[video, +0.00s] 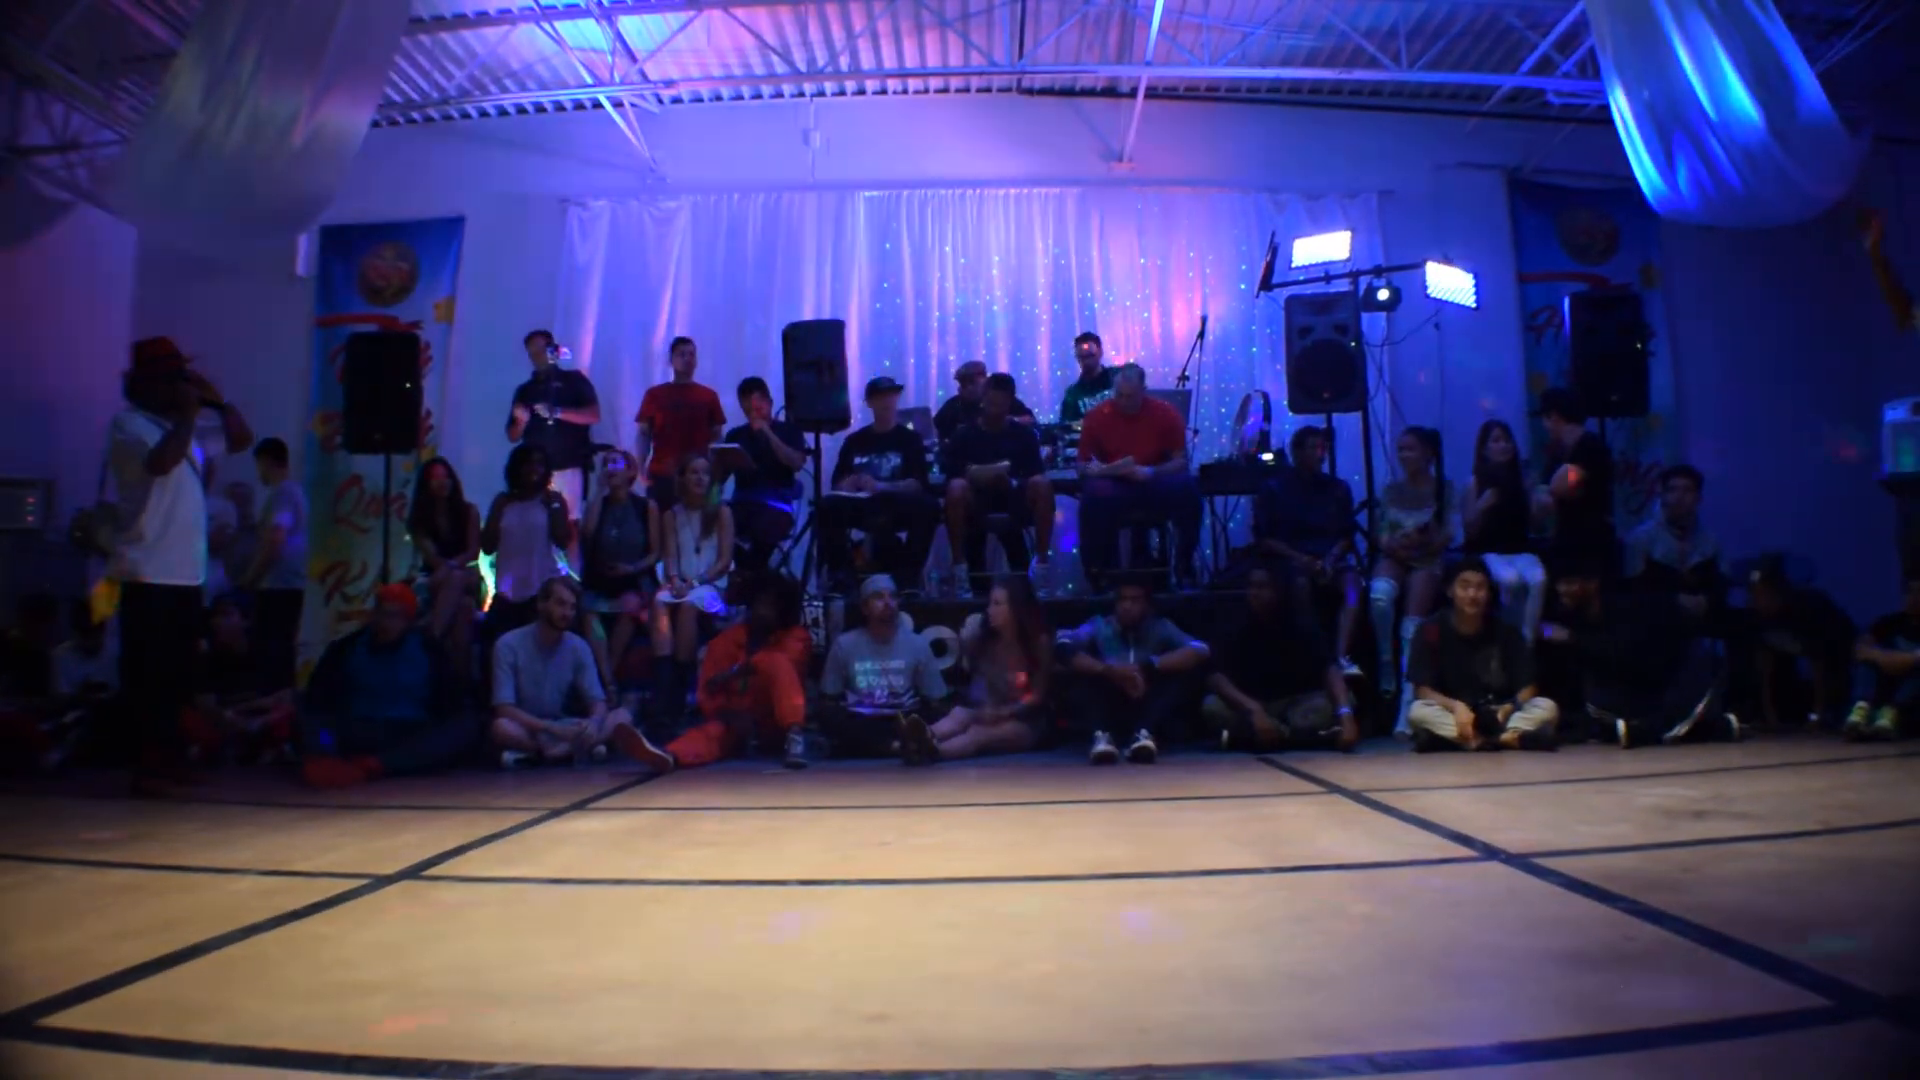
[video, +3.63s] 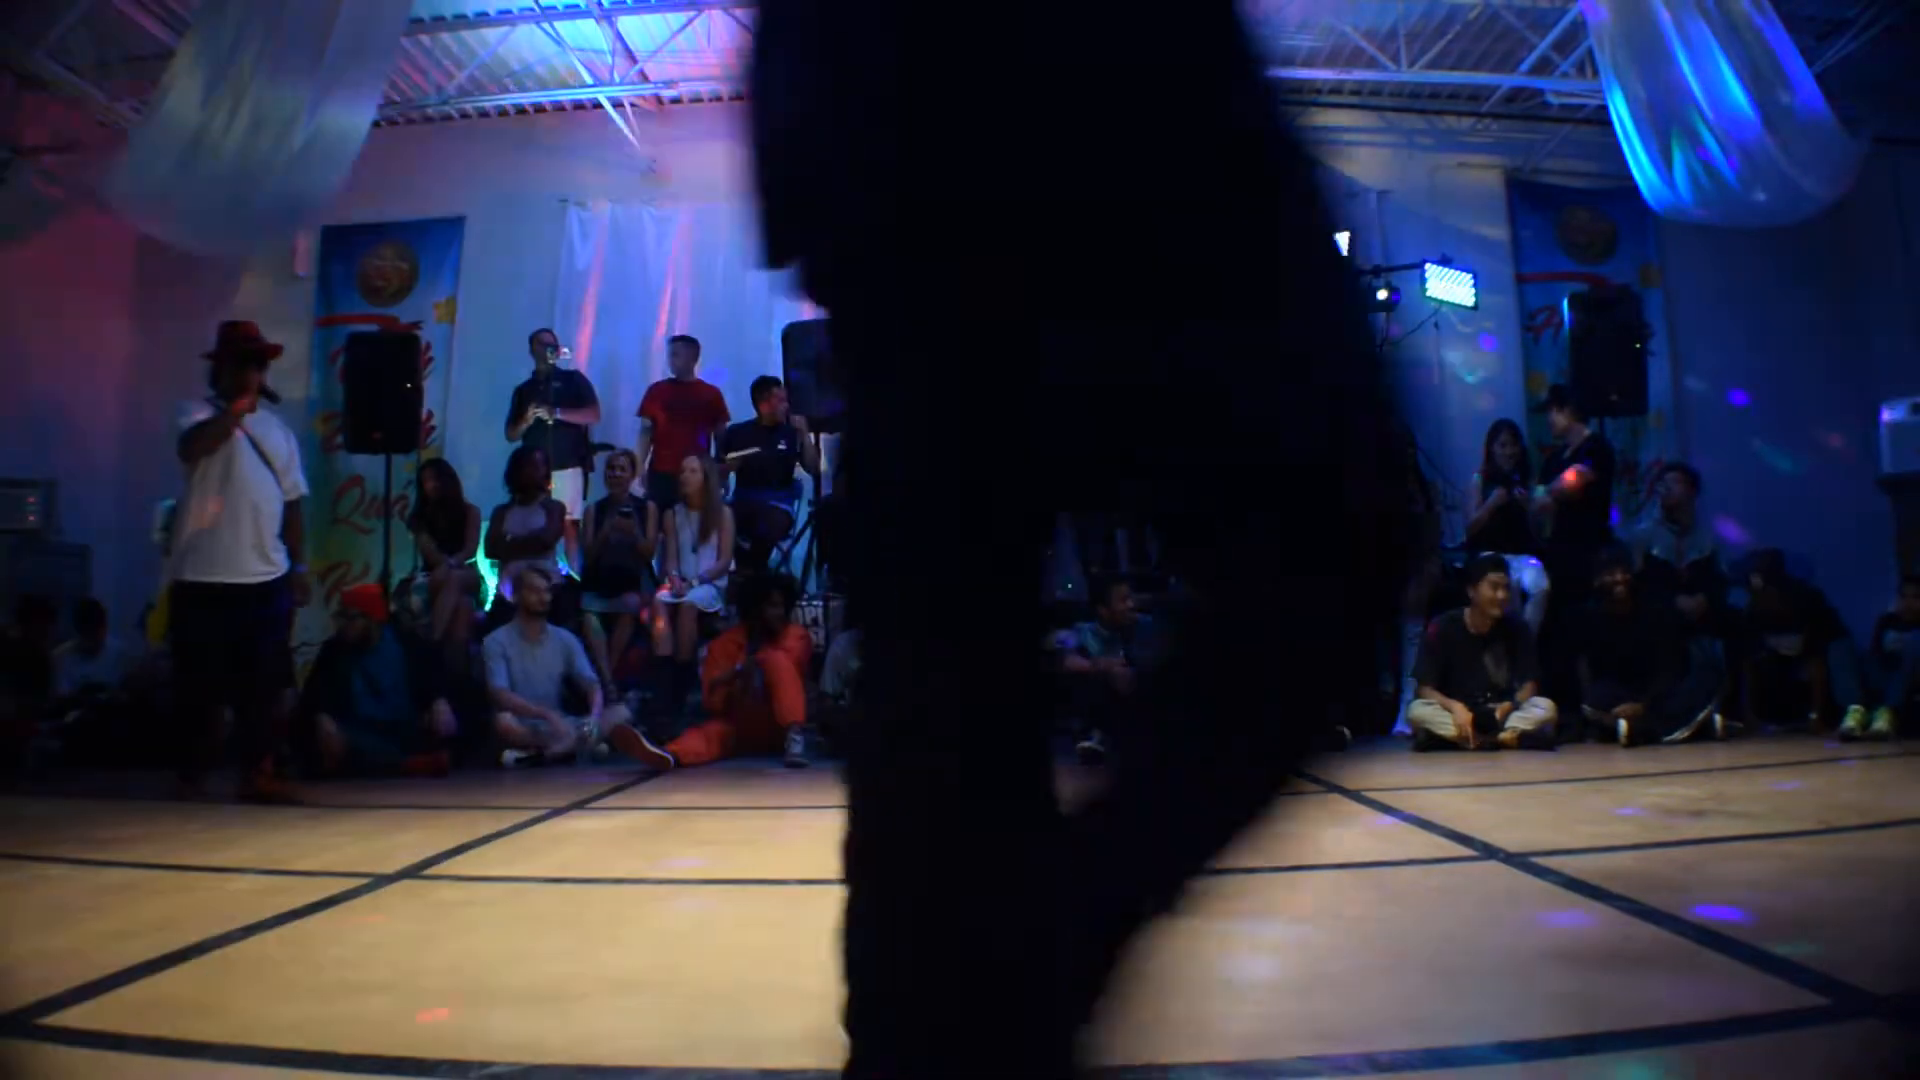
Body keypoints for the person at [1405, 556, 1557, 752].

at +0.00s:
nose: (1472, 595)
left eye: (1480, 588)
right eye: (1465, 587)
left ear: (1489, 594)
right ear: (1451, 591)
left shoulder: (1505, 631)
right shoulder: (1432, 630)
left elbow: (1528, 687)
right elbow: (1422, 689)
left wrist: (1508, 708)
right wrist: (1457, 707)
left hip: (1499, 707)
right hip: (1455, 709)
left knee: (1547, 707)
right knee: (1418, 712)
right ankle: (1507, 740)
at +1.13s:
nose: (1494, 609)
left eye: (1499, 602)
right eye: (1488, 600)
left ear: (1504, 601)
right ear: (1466, 595)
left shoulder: (1507, 630)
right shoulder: (1436, 629)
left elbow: (1528, 686)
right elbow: (1423, 690)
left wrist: (1510, 707)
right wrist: (1457, 707)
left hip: (1499, 707)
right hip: (1456, 710)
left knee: (1547, 707)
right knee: (1419, 711)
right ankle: (1506, 740)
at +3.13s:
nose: (1506, 600)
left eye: (1506, 593)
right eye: (1501, 593)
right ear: (1476, 597)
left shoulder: (1511, 628)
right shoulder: (1437, 629)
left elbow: (1528, 686)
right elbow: (1423, 689)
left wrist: (1511, 706)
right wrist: (1456, 707)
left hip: (1500, 706)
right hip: (1456, 708)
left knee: (1546, 707)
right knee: (1418, 711)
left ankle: (1468, 743)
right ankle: (1505, 740)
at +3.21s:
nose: (1506, 600)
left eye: (1506, 593)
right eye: (1501, 592)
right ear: (1477, 597)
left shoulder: (1511, 629)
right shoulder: (1437, 629)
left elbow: (1528, 684)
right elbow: (1423, 689)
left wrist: (1511, 707)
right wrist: (1456, 708)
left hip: (1500, 706)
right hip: (1456, 709)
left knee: (1546, 708)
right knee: (1418, 711)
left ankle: (1463, 743)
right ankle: (1505, 740)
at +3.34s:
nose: (1507, 600)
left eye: (1508, 593)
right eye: (1501, 593)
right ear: (1475, 595)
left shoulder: (1514, 629)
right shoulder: (1440, 629)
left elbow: (1528, 684)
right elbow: (1423, 689)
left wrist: (1511, 706)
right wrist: (1456, 708)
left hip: (1500, 706)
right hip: (1456, 708)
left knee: (1546, 707)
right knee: (1418, 711)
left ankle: (1462, 743)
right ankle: (1505, 740)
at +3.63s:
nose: (1501, 596)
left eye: (1505, 588)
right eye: (1494, 587)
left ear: (1510, 592)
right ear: (1471, 591)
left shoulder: (1516, 629)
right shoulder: (1444, 628)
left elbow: (1529, 684)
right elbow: (1424, 689)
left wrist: (1508, 706)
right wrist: (1456, 708)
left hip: (1501, 706)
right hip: (1457, 706)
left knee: (1545, 707)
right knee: (1417, 711)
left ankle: (1461, 743)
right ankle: (1501, 740)